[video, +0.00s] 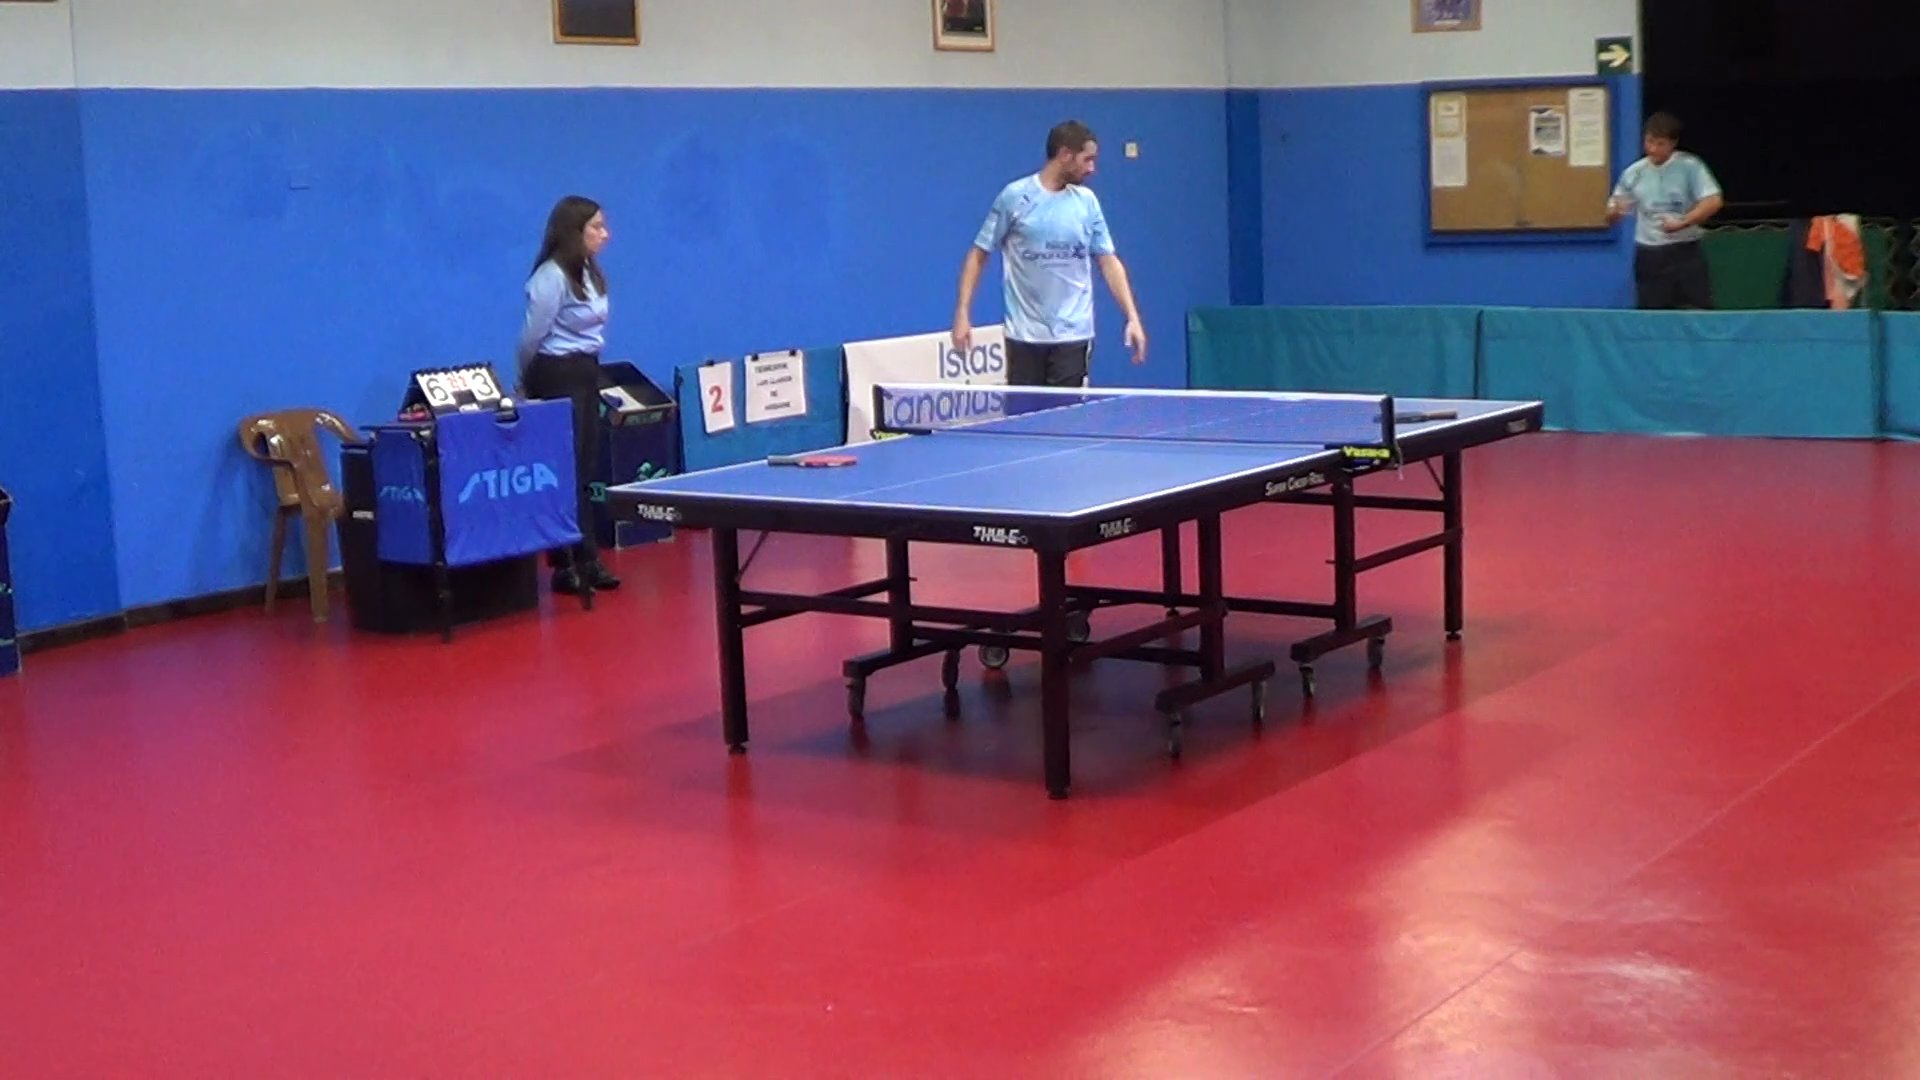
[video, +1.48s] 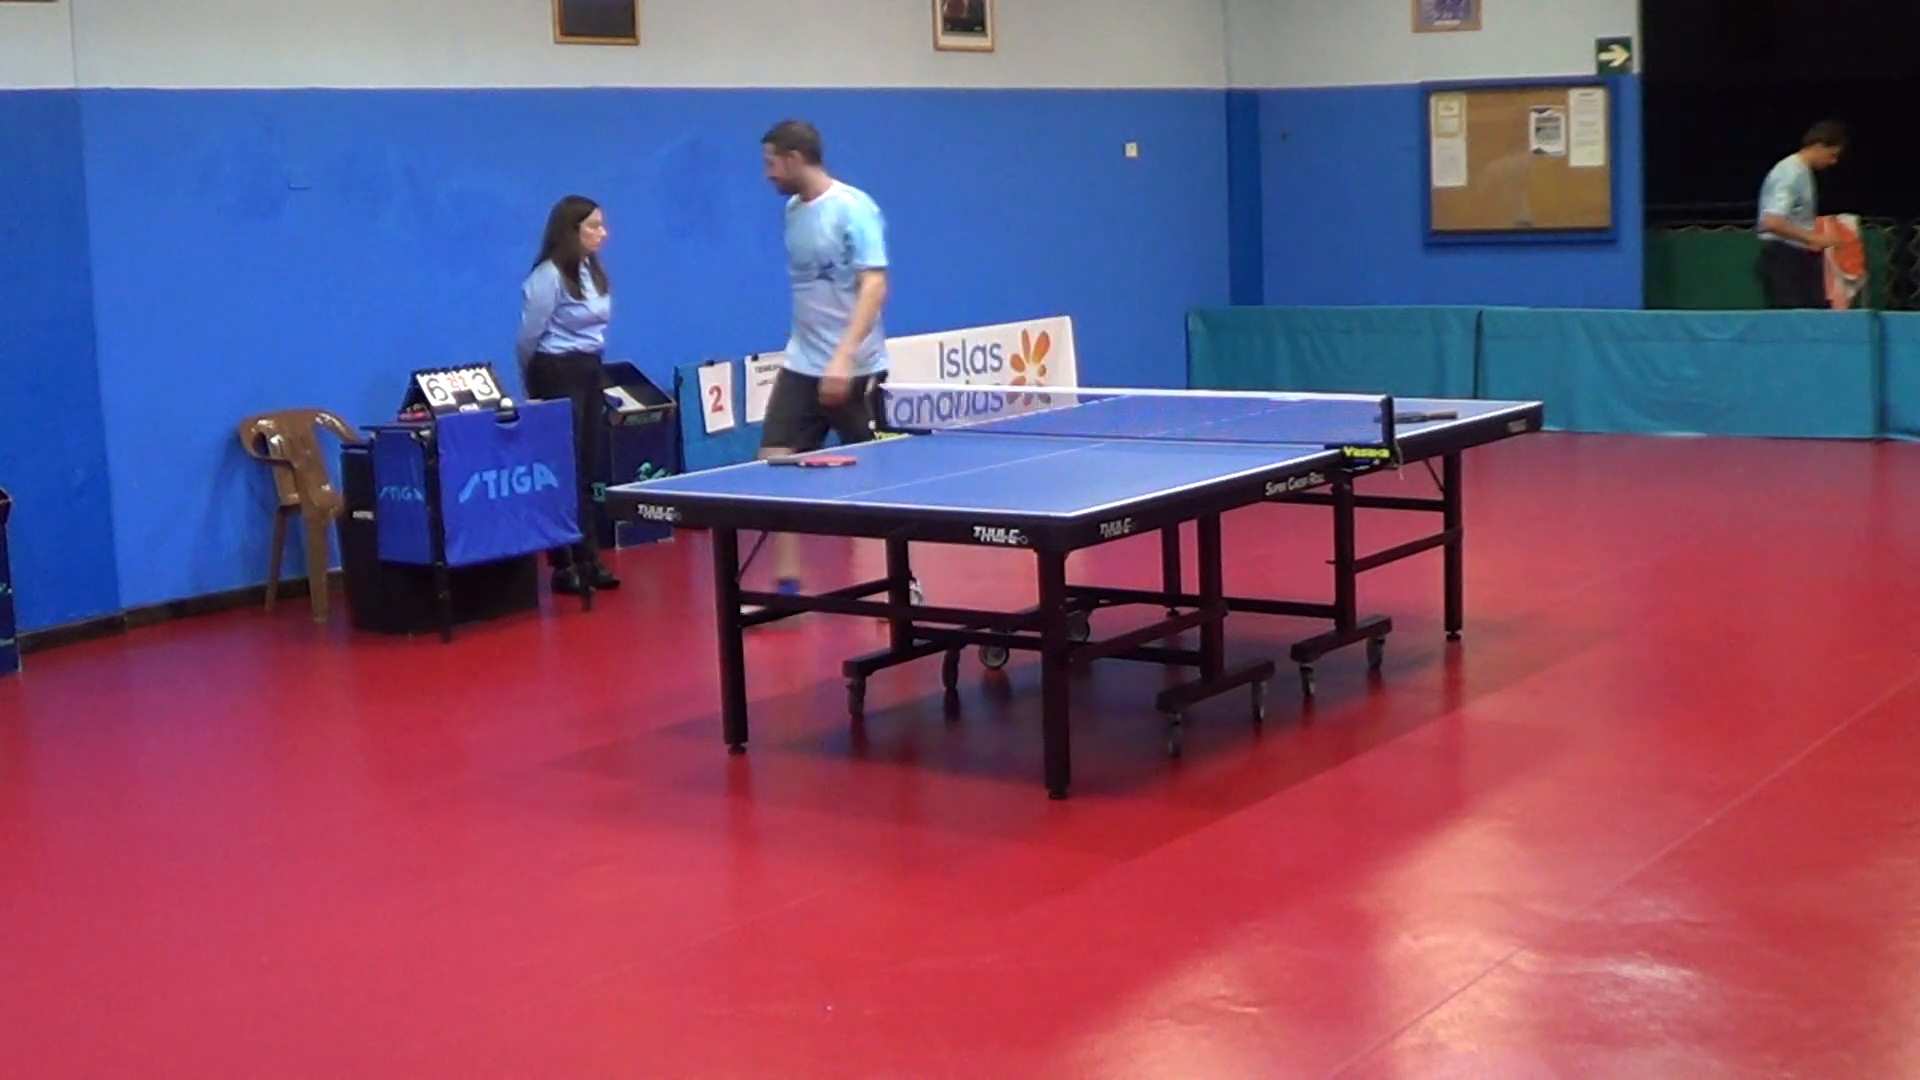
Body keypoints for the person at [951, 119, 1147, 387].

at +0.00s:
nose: (1092, 169)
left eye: (1093, 160)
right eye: (1088, 159)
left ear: (1067, 156)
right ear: (1065, 155)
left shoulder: (1086, 201)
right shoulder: (1014, 196)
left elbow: (1108, 261)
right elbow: (978, 254)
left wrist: (1132, 318)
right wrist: (962, 315)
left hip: (1072, 334)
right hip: (1023, 333)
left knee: (1065, 423)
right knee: (1021, 423)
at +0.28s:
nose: (1033, 171)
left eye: (1040, 163)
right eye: (1026, 162)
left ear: (1051, 157)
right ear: (1012, 156)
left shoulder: (1066, 200)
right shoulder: (988, 198)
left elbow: (1085, 267)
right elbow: (959, 256)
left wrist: (1066, 316)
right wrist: (939, 316)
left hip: (1052, 339)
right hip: (999, 337)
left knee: (1056, 435)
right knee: (989, 430)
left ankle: (1054, 528)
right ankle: (989, 532)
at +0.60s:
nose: (952, 178)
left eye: (959, 169)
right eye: (946, 170)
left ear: (981, 161)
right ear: (942, 167)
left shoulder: (1015, 200)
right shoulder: (938, 206)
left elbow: (1044, 267)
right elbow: (931, 271)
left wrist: (1051, 335)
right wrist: (928, 332)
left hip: (1009, 347)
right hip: (955, 347)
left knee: (1014, 444)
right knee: (959, 446)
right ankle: (975, 549)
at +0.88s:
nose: (900, 178)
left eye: (907, 169)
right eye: (896, 170)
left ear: (934, 163)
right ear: (899, 168)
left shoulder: (977, 203)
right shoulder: (896, 207)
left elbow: (1014, 264)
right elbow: (882, 271)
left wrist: (1029, 337)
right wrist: (862, 334)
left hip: (962, 346)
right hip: (914, 349)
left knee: (952, 446)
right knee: (935, 449)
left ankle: (970, 552)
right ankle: (972, 549)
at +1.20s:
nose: (843, 173)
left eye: (849, 164)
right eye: (841, 165)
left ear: (880, 162)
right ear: (852, 165)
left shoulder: (926, 211)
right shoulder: (846, 209)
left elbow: (951, 286)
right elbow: (835, 274)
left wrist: (955, 363)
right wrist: (808, 336)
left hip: (912, 362)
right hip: (859, 362)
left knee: (919, 463)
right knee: (867, 467)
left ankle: (947, 542)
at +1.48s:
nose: (766, 172)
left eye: (771, 162)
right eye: (766, 162)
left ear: (796, 159)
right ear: (794, 160)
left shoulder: (856, 208)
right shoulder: (793, 211)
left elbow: (875, 288)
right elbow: (812, 288)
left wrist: (843, 360)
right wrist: (804, 349)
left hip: (854, 368)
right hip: (803, 364)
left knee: (877, 473)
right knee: (776, 462)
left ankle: (903, 581)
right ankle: (787, 585)